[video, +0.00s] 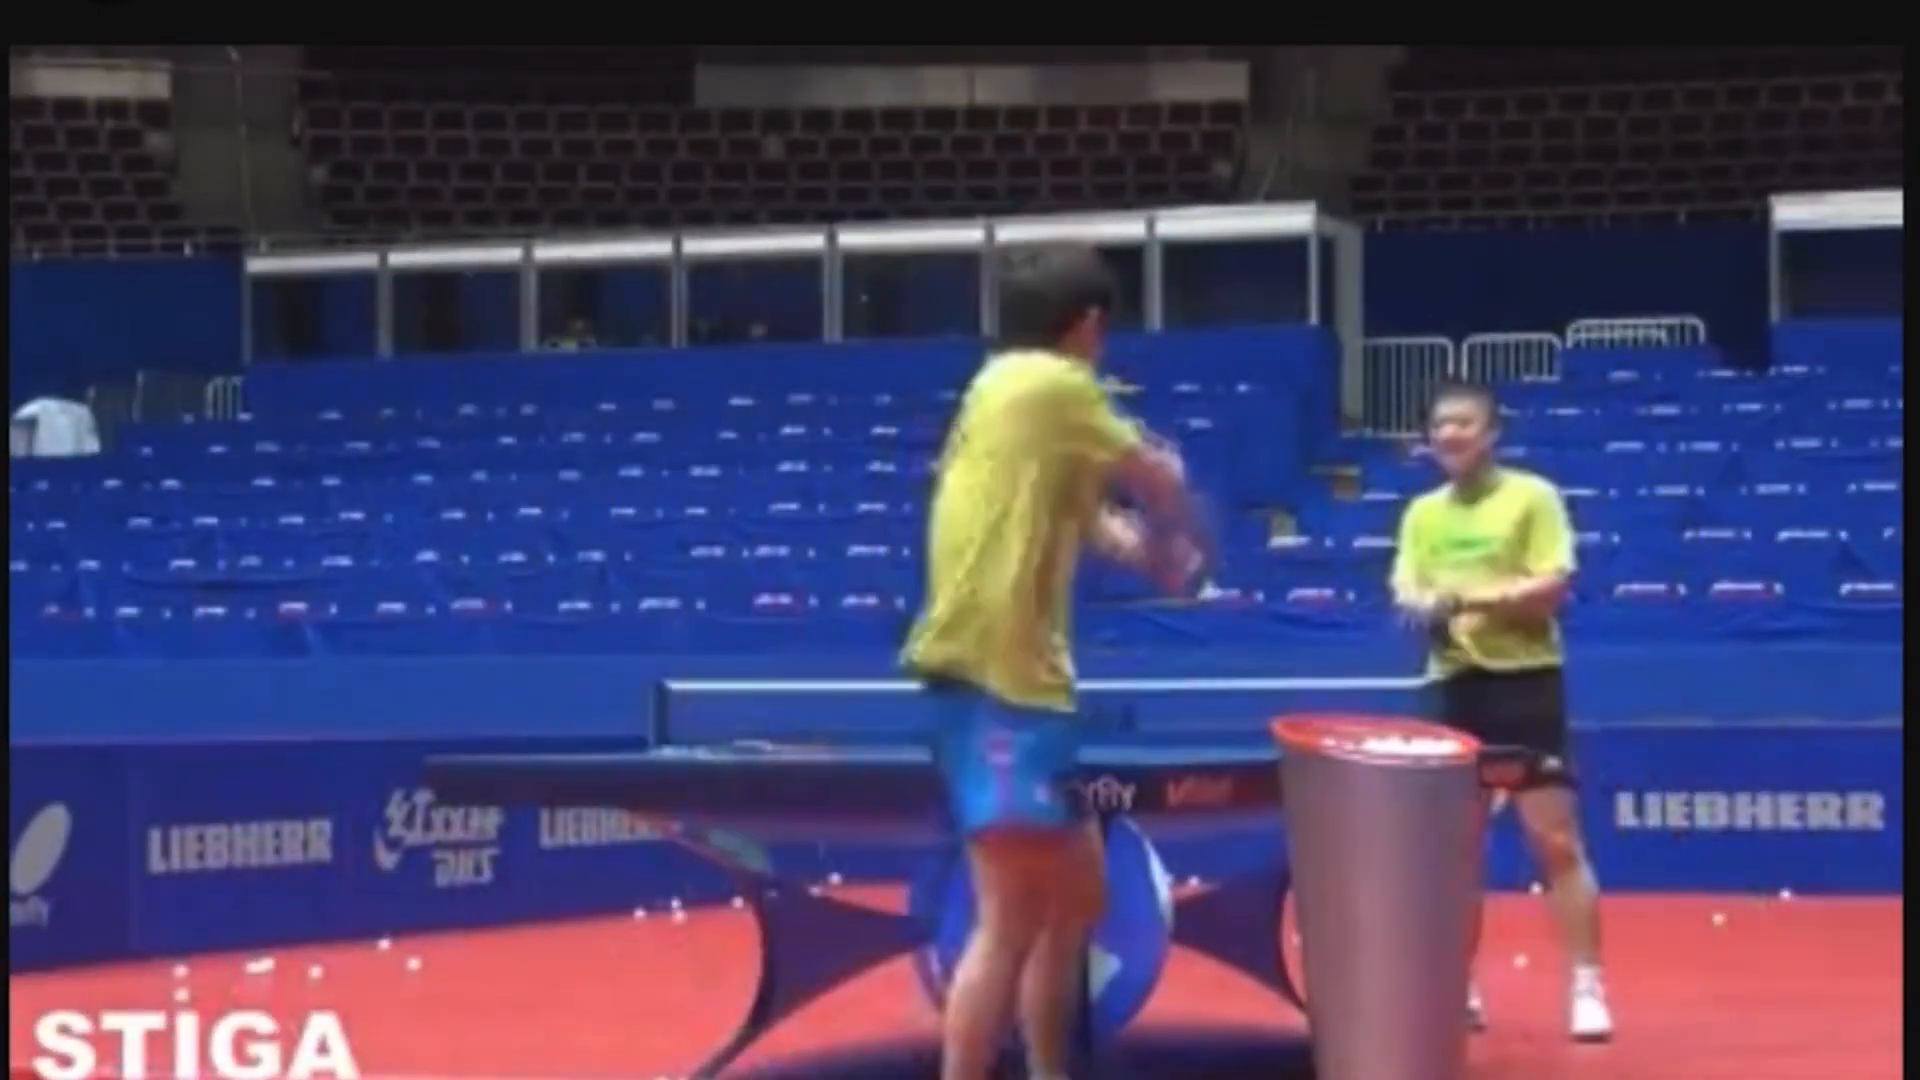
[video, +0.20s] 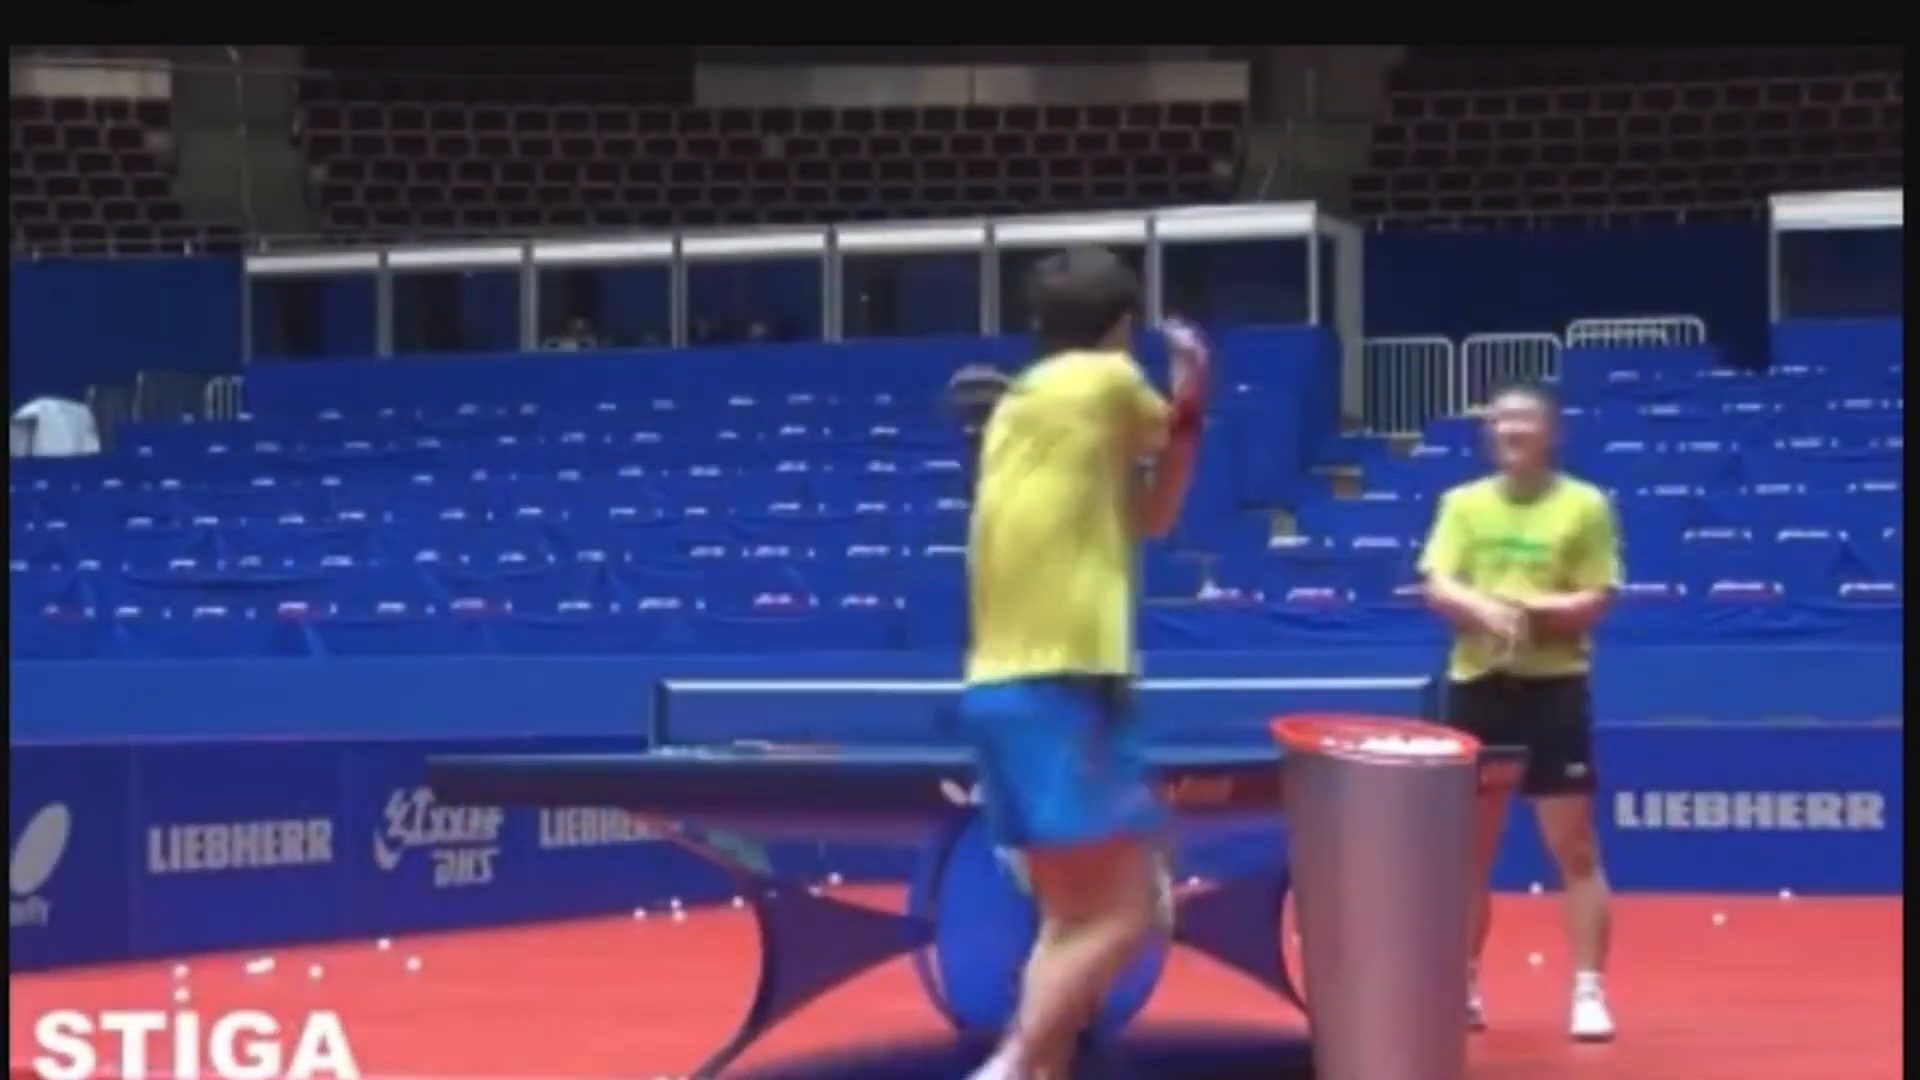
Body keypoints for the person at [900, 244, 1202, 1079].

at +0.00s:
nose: (1103, 343)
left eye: (1104, 329)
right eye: (1104, 328)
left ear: (1020, 319)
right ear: (1086, 324)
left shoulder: (1010, 389)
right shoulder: (1052, 386)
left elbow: (1083, 510)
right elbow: (1161, 478)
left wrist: (1157, 557)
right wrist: (1181, 540)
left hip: (1019, 687)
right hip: (991, 687)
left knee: (1074, 897)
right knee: (1010, 913)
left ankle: (1048, 1069)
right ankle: (962, 1070)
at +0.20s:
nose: (1132, 331)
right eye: (1131, 320)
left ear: (1043, 324)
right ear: (1123, 323)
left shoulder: (1015, 405)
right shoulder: (1107, 378)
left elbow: (1149, 516)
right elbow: (1165, 445)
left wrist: (1183, 420)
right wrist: (1186, 400)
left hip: (995, 686)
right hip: (1056, 684)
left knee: (1064, 913)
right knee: (1122, 909)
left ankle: (1046, 1067)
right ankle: (1009, 1066)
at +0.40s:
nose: (1068, 324)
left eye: (1072, 314)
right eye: (1155, 317)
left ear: (1074, 326)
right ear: (1159, 321)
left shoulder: (1047, 409)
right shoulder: (1180, 380)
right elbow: (1182, 500)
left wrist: (1200, 402)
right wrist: (1218, 394)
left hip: (1021, 694)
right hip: (1117, 688)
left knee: (1072, 909)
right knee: (1215, 888)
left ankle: (1048, 1070)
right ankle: (1165, 1062)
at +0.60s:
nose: (1112, 333)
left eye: (1114, 323)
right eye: (1115, 324)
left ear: (1127, 326)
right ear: (1209, 328)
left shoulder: (1088, 415)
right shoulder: (1246, 403)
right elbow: (1291, 510)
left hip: (1073, 701)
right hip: (1182, 697)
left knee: (1086, 919)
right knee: (1243, 915)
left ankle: (1052, 1072)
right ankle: (1268, 1070)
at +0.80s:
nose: (1168, 345)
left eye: (1175, 330)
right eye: (1170, 331)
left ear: (1200, 332)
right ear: (1266, 338)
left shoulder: (1144, 422)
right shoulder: (1325, 420)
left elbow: (1148, 545)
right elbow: (1385, 553)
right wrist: (1363, 616)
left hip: (1135, 681)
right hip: (1257, 686)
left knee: (1106, 907)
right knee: (1279, 921)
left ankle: (1083, 1070)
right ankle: (1278, 1072)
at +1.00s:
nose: (1208, 356)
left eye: (1212, 340)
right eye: (1209, 341)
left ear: (1235, 338)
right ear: (1305, 345)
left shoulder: (1188, 426)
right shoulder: (1365, 424)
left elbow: (1192, 557)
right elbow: (1406, 568)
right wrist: (1397, 665)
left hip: (1165, 674)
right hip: (1285, 681)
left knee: (1134, 909)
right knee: (1293, 927)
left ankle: (1112, 1072)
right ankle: (1283, 1073)